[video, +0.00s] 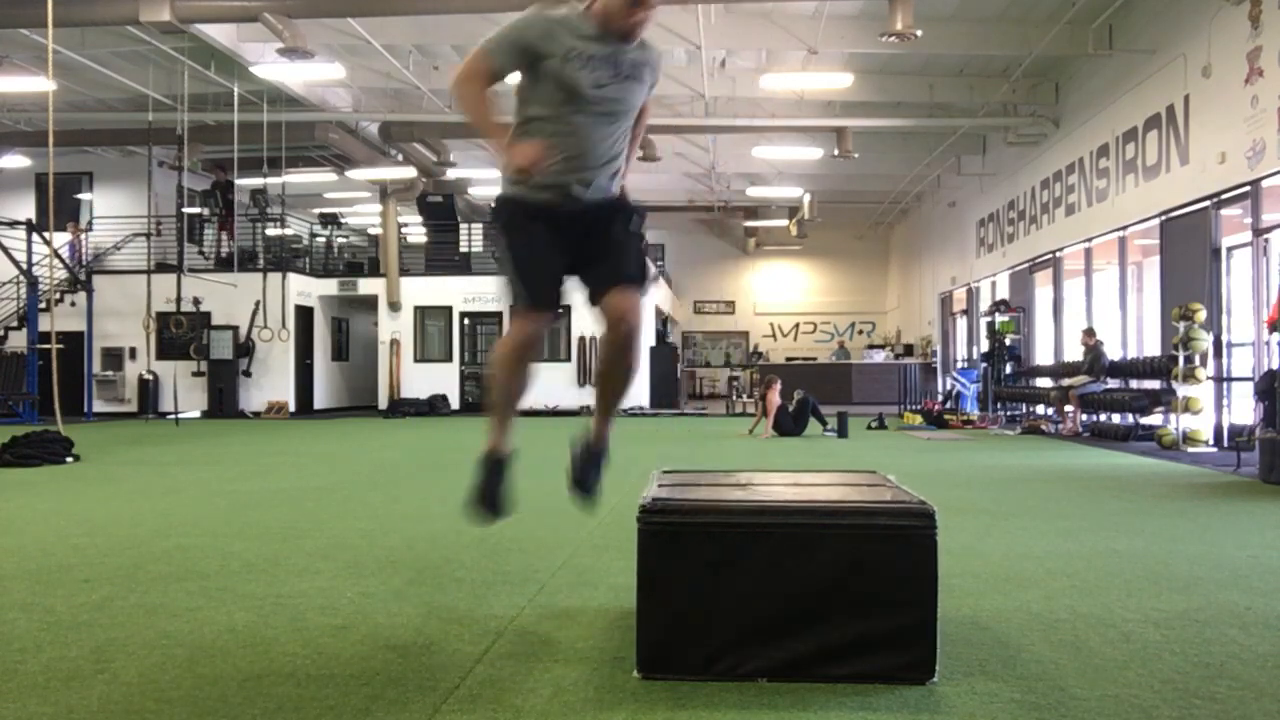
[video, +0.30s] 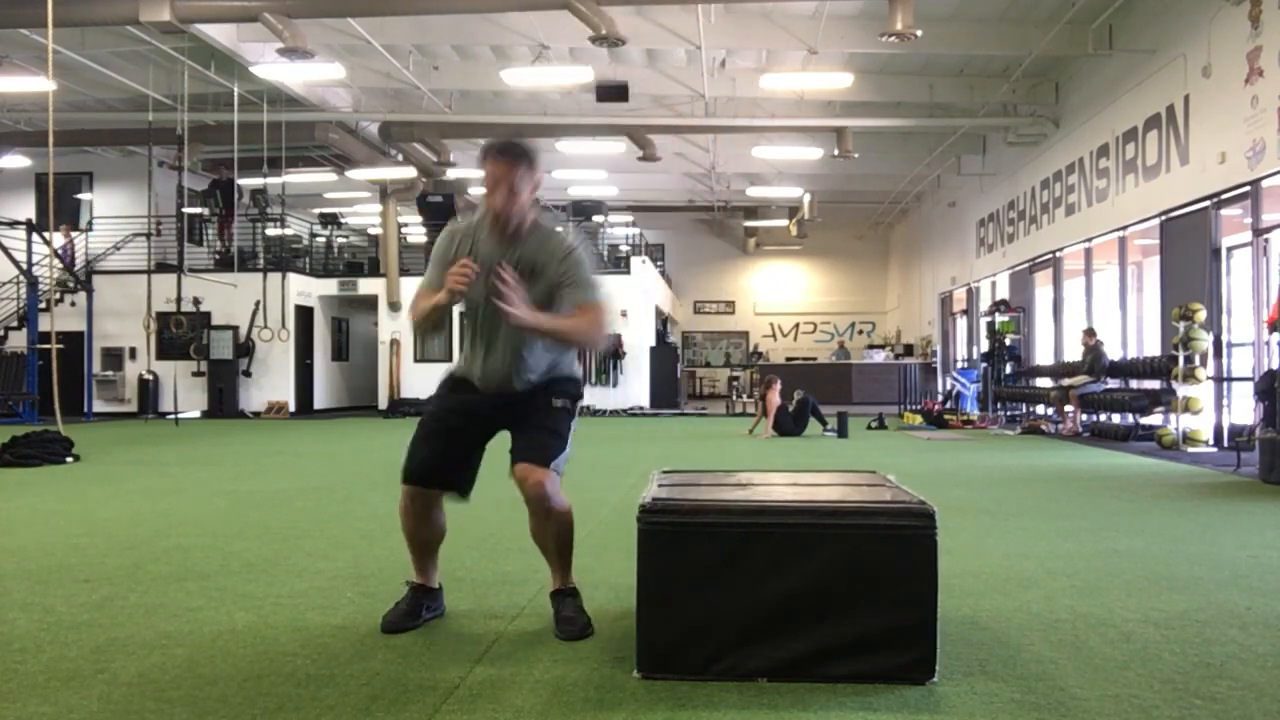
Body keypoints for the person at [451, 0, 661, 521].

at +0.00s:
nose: (643, 17)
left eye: (650, 9)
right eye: (635, 6)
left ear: (654, 11)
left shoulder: (647, 58)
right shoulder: (544, 28)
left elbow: (638, 113)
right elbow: (467, 82)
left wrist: (622, 168)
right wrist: (505, 145)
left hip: (603, 208)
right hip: (533, 206)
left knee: (628, 320)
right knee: (528, 326)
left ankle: (598, 440)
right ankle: (496, 451)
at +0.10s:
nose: (596, 54)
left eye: (607, 45)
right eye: (588, 41)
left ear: (619, 45)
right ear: (565, 32)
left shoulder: (627, 98)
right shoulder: (517, 79)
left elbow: (641, 153)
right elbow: (449, 122)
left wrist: (618, 203)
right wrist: (461, 189)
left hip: (585, 259)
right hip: (506, 255)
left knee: (591, 391)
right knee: (466, 390)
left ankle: (594, 529)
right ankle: (445, 510)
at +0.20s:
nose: (542, 123)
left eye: (554, 113)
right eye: (536, 111)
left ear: (573, 119)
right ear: (521, 112)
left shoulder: (597, 187)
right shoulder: (482, 173)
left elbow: (643, 241)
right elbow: (441, 223)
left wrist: (603, 276)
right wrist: (456, 257)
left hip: (559, 339)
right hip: (483, 336)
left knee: (553, 463)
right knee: (437, 458)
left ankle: (564, 587)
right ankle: (417, 576)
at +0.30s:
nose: (499, 201)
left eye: (511, 190)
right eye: (492, 188)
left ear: (535, 187)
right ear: (482, 184)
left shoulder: (560, 247)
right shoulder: (458, 236)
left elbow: (593, 328)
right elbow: (420, 319)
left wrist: (527, 314)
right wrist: (445, 294)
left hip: (545, 385)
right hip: (472, 381)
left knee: (535, 478)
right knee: (418, 487)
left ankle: (564, 590)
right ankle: (425, 590)